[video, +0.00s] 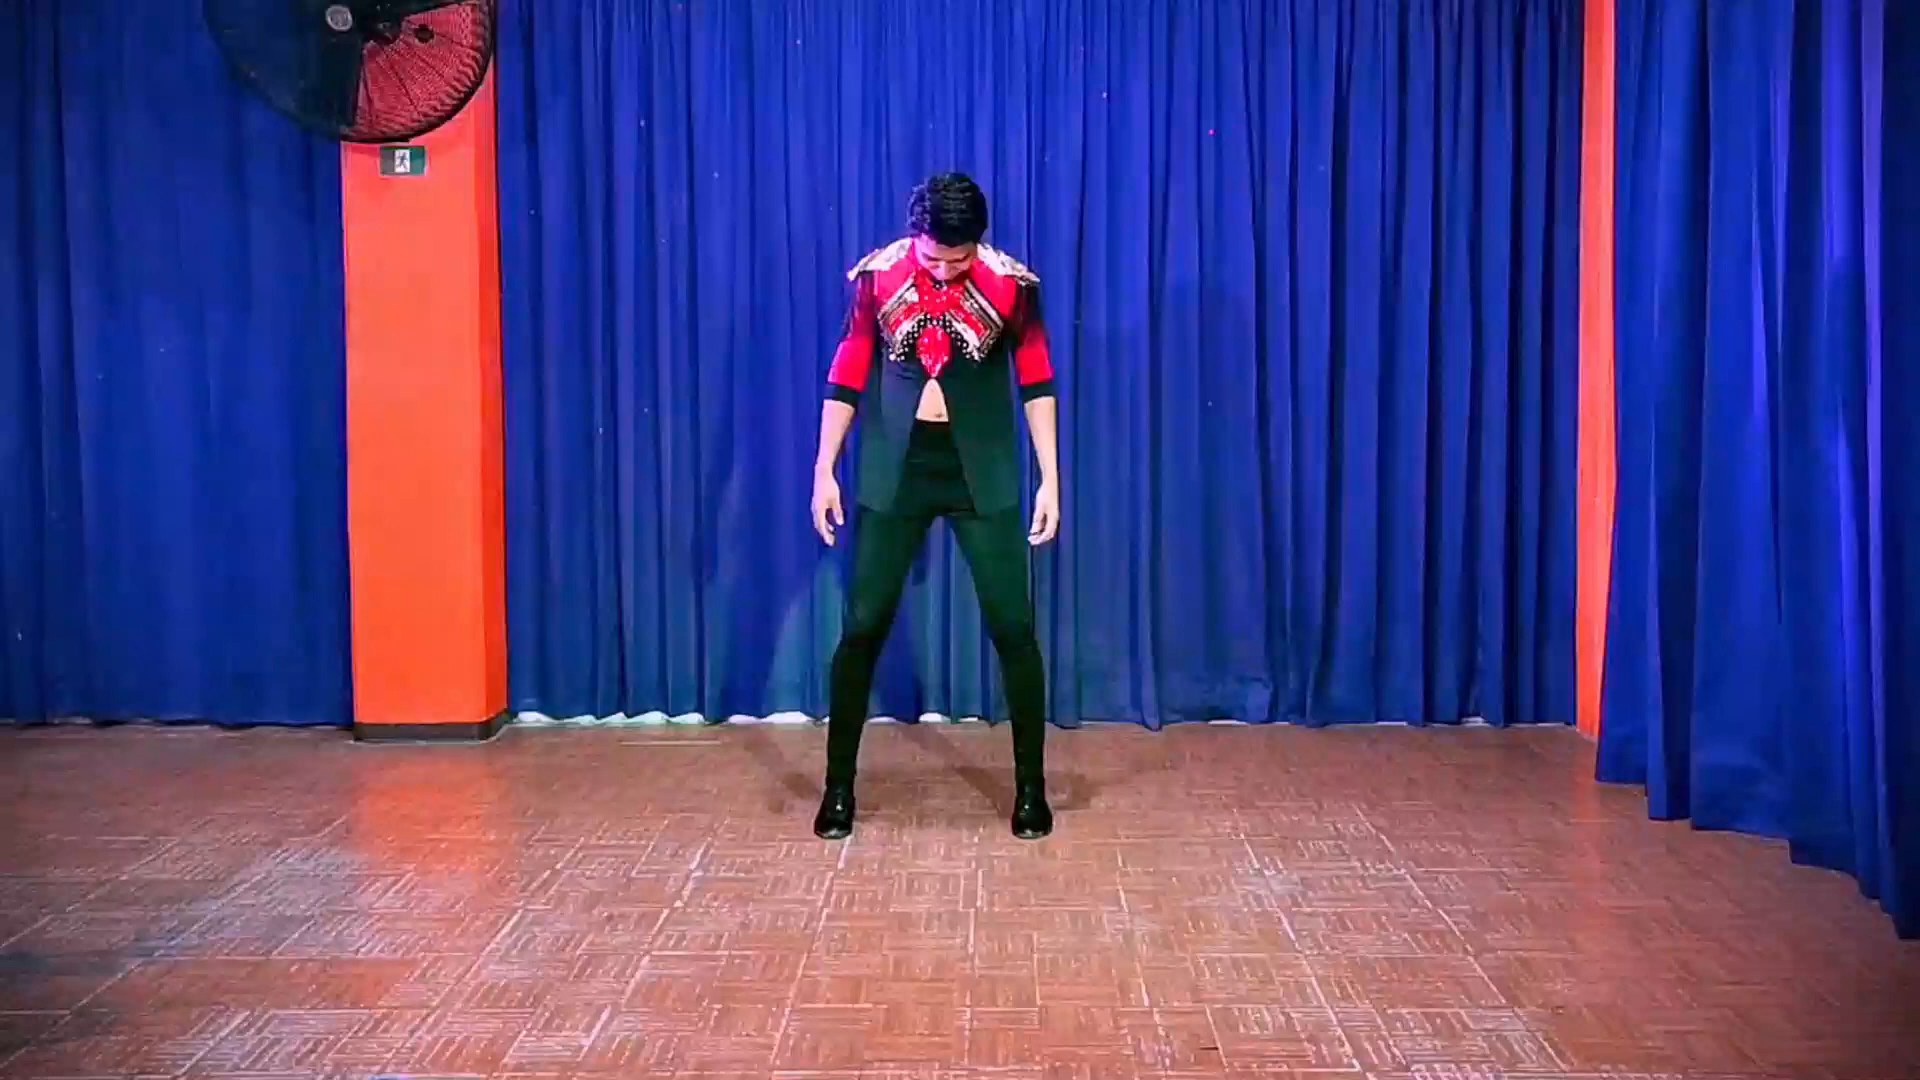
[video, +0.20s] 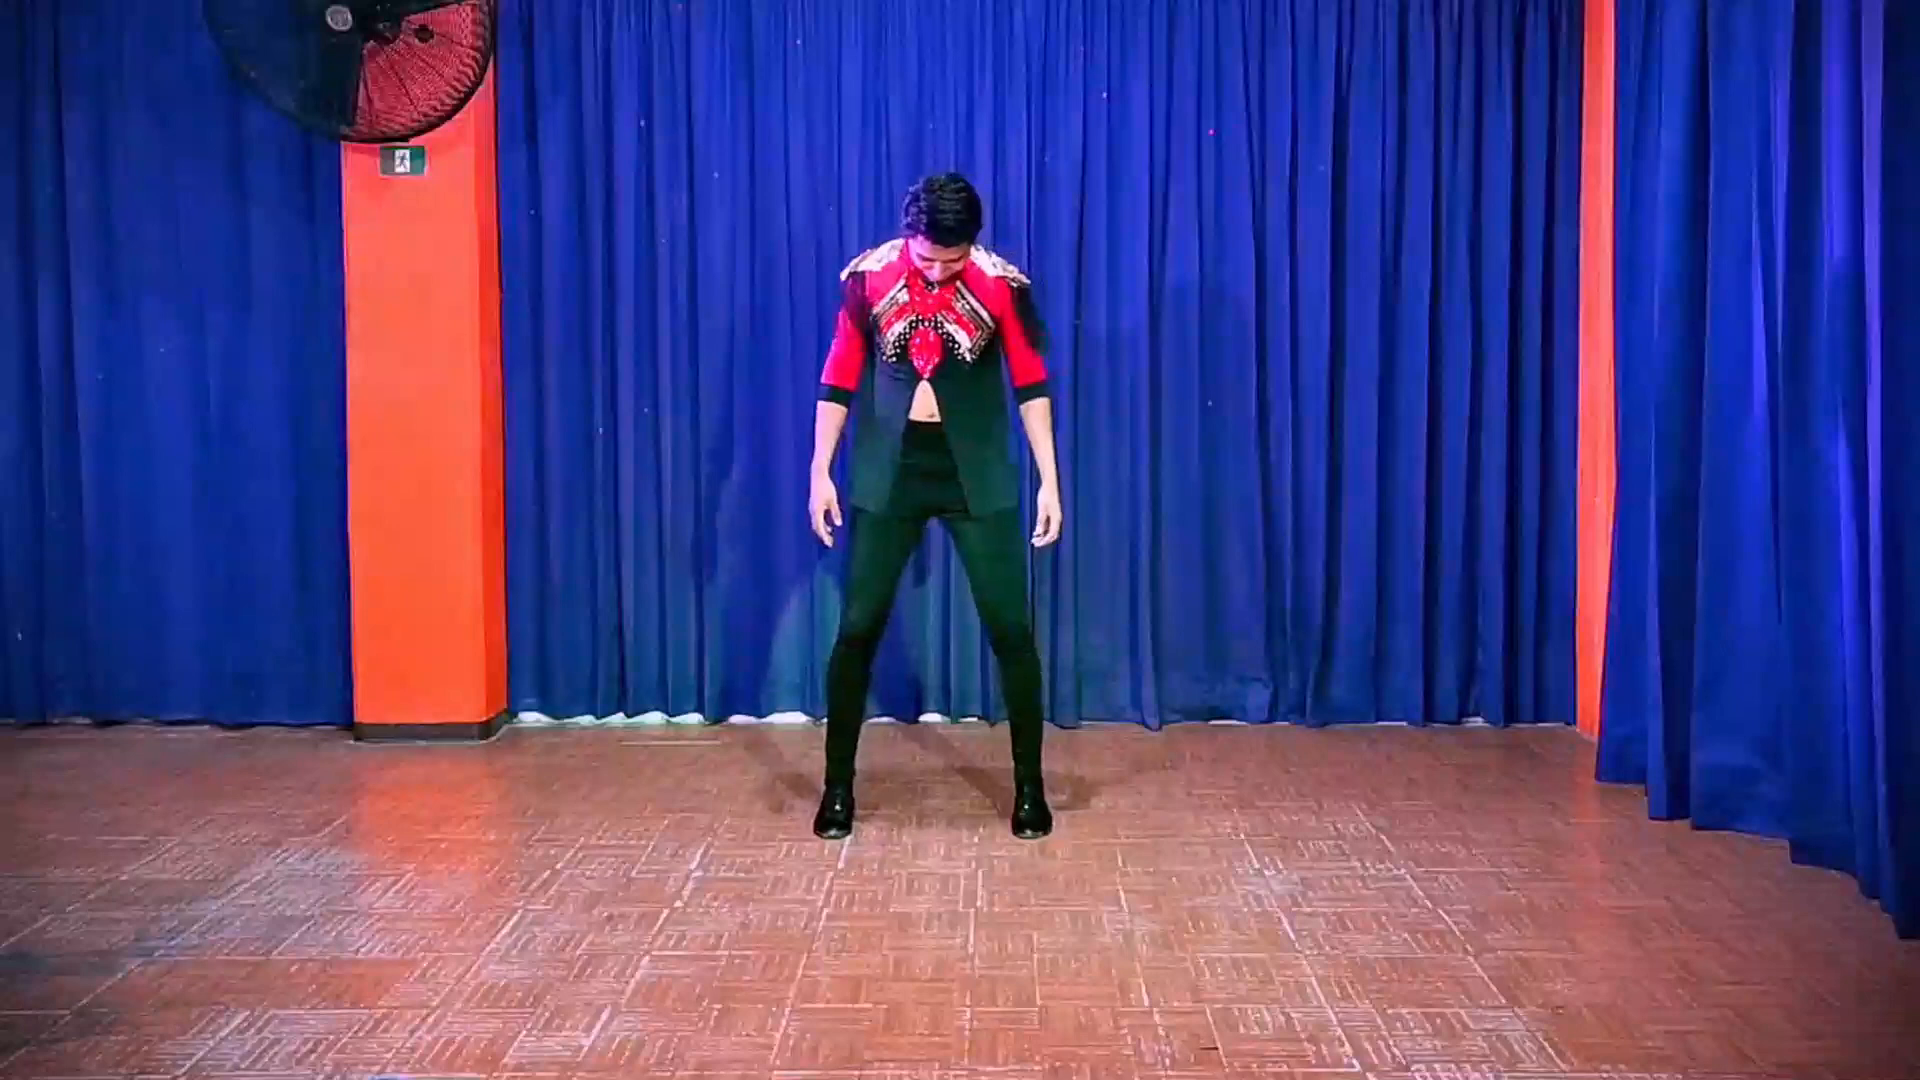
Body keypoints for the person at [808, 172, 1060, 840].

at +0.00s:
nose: (946, 267)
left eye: (958, 257)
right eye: (935, 255)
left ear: (979, 240)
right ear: (917, 236)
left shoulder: (1010, 285)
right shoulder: (878, 278)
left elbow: (1036, 382)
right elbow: (848, 375)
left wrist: (1049, 478)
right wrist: (824, 468)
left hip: (985, 469)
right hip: (896, 469)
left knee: (1014, 627)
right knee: (863, 626)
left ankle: (1030, 786)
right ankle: (838, 786)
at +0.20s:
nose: (939, 270)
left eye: (952, 259)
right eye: (928, 258)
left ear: (973, 242)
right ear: (908, 236)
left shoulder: (1001, 286)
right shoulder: (868, 280)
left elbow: (1030, 386)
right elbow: (840, 378)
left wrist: (1049, 481)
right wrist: (820, 470)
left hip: (979, 468)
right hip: (889, 467)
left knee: (1011, 627)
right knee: (857, 628)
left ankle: (1029, 785)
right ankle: (838, 786)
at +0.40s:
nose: (945, 263)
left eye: (958, 251)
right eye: (934, 250)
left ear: (980, 235)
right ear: (916, 232)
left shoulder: (1012, 286)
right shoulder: (884, 276)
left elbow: (1038, 388)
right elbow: (847, 375)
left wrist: (1050, 481)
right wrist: (816, 465)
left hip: (983, 468)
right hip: (893, 466)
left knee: (1012, 626)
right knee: (862, 624)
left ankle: (1029, 786)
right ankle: (841, 785)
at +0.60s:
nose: (942, 263)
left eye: (956, 253)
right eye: (932, 250)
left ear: (978, 238)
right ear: (915, 231)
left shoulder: (1008, 287)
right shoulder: (877, 275)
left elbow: (1036, 387)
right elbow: (845, 370)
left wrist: (1053, 483)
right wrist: (816, 464)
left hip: (978, 469)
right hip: (889, 465)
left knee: (1009, 626)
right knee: (862, 624)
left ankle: (1028, 785)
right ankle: (842, 785)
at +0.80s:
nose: (937, 265)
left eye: (950, 255)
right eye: (926, 253)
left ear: (971, 239)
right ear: (907, 232)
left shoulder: (998, 283)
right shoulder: (869, 275)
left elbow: (1028, 382)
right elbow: (835, 373)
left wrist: (1046, 477)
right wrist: (805, 465)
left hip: (973, 468)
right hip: (886, 465)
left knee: (1003, 622)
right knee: (859, 623)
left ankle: (1028, 782)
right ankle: (841, 785)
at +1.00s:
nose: (935, 262)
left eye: (948, 252)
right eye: (924, 250)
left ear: (969, 235)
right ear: (905, 231)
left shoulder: (1001, 281)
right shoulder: (869, 277)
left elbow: (1029, 378)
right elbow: (834, 375)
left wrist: (1051, 474)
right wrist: (802, 468)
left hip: (974, 465)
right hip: (886, 463)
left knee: (1004, 620)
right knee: (860, 620)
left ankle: (1028, 782)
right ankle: (841, 786)